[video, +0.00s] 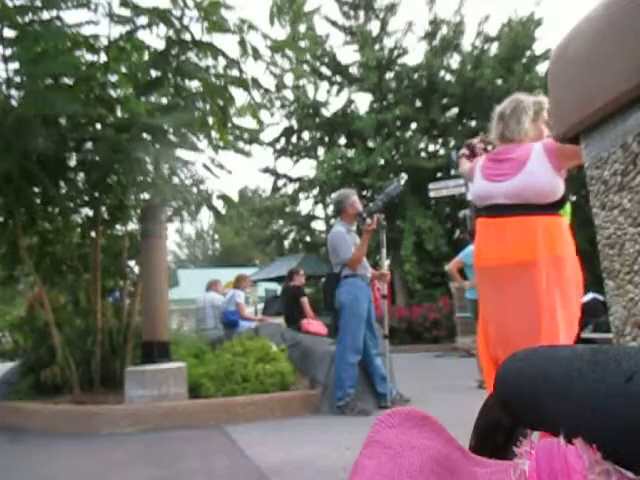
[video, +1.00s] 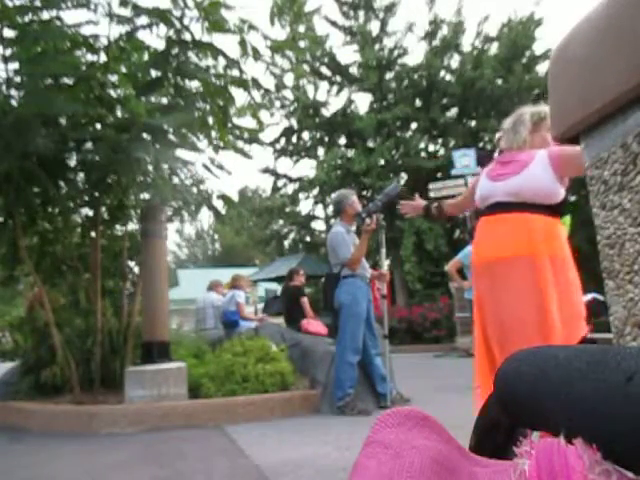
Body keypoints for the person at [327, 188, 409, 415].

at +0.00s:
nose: (361, 206)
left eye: (359, 201)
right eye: (357, 202)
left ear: (350, 207)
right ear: (347, 207)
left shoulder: (350, 233)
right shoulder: (337, 234)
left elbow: (358, 265)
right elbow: (353, 262)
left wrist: (374, 274)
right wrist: (367, 235)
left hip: (363, 285)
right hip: (351, 285)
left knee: (371, 344)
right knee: (350, 345)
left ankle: (386, 393)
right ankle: (344, 398)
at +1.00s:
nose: (360, 206)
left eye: (358, 201)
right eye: (356, 202)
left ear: (348, 207)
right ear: (347, 207)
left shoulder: (350, 233)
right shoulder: (337, 234)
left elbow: (357, 265)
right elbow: (352, 262)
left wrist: (374, 273)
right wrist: (366, 235)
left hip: (362, 284)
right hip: (350, 284)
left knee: (370, 344)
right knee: (350, 345)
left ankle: (386, 393)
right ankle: (344, 398)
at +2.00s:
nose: (360, 206)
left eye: (359, 202)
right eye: (356, 203)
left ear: (350, 207)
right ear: (345, 208)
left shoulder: (352, 233)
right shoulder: (337, 234)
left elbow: (357, 264)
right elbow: (353, 262)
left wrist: (374, 274)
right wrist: (365, 235)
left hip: (363, 284)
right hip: (350, 284)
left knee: (370, 343)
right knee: (351, 343)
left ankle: (385, 393)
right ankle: (343, 398)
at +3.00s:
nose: (361, 206)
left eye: (360, 202)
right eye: (356, 202)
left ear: (351, 207)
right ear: (346, 207)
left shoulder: (352, 232)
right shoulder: (338, 233)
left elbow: (358, 266)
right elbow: (353, 262)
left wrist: (375, 274)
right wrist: (367, 235)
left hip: (363, 285)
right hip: (351, 285)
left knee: (370, 344)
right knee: (351, 344)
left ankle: (386, 392)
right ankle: (344, 398)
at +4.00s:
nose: (361, 211)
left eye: (360, 206)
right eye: (357, 206)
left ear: (349, 209)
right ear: (346, 209)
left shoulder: (352, 232)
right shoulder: (339, 233)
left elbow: (358, 266)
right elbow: (352, 262)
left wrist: (375, 274)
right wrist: (367, 235)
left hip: (363, 284)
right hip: (350, 284)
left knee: (370, 343)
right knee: (350, 344)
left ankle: (385, 393)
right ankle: (344, 398)